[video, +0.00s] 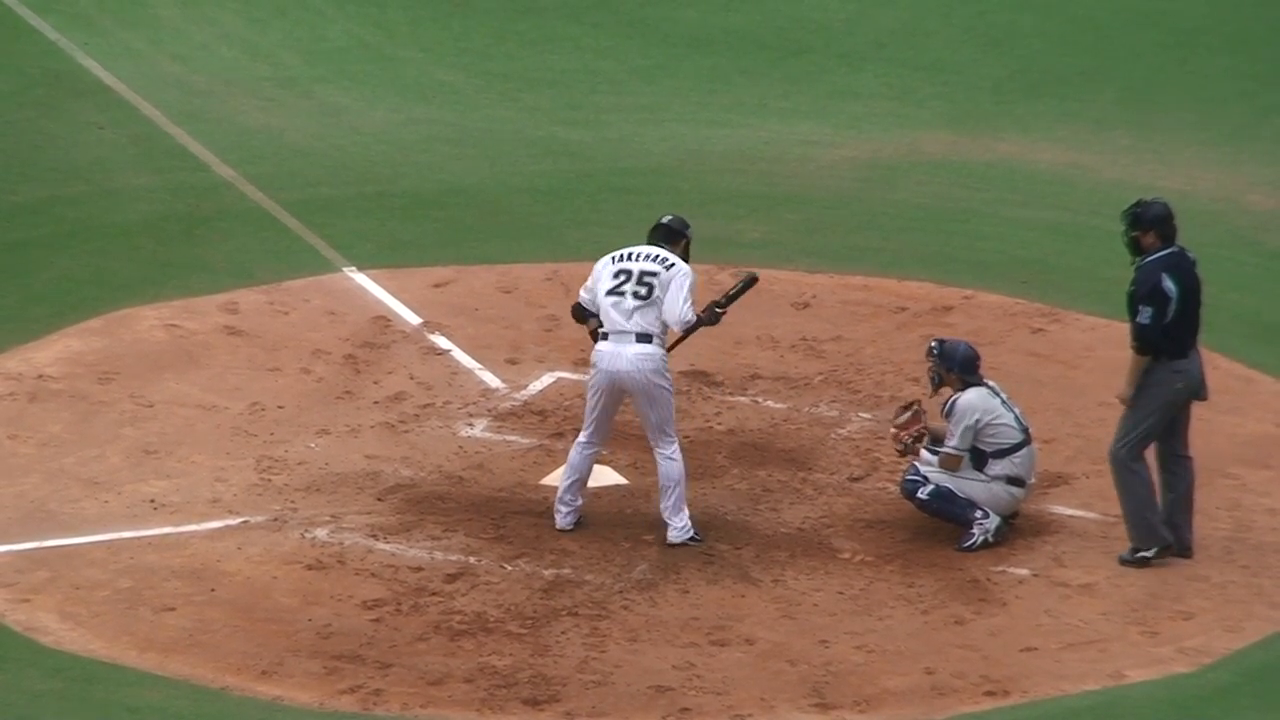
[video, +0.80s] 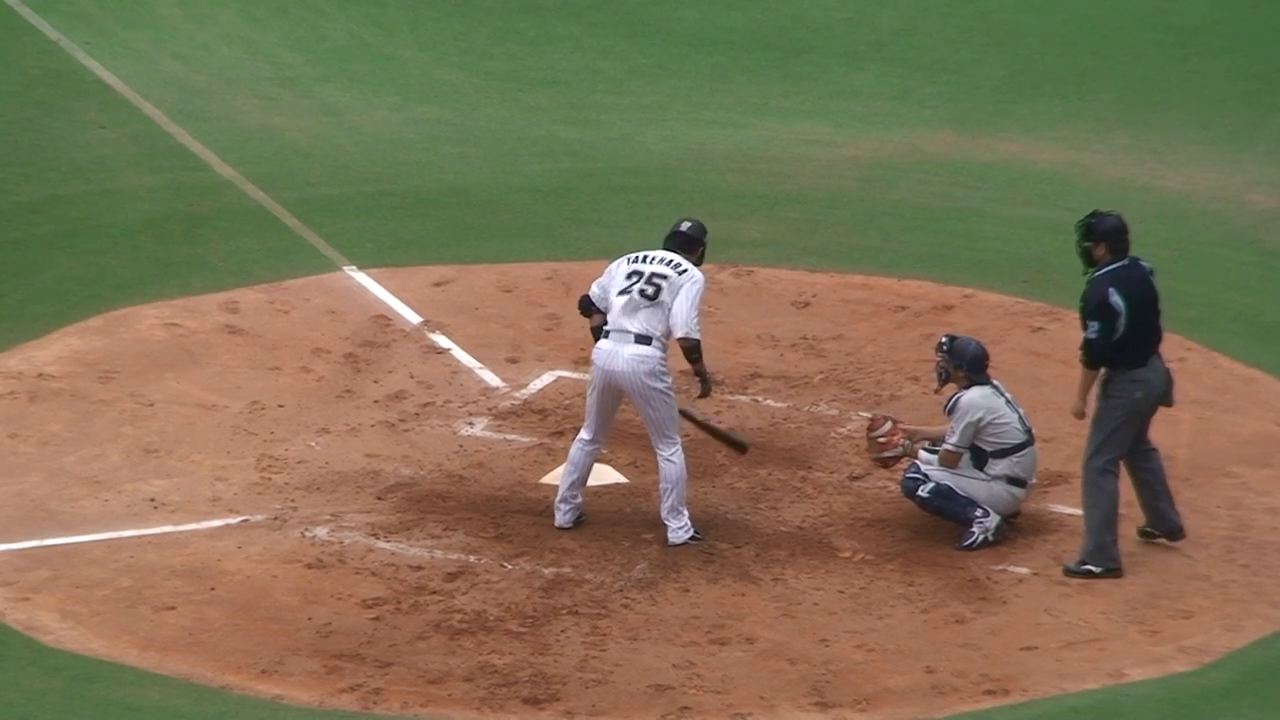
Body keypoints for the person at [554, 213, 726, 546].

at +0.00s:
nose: (685, 250)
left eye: (685, 245)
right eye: (685, 245)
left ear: (652, 237)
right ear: (678, 243)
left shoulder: (610, 259)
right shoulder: (678, 268)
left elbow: (581, 310)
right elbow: (679, 320)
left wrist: (598, 328)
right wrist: (705, 318)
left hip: (605, 353)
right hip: (646, 356)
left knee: (589, 437)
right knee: (665, 444)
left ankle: (564, 514)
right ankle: (678, 527)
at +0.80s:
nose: (701, 257)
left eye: (702, 251)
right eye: (701, 251)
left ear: (668, 241)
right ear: (696, 250)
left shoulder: (628, 260)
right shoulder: (691, 275)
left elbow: (588, 303)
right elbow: (685, 335)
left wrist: (608, 346)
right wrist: (701, 373)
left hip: (604, 351)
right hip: (645, 357)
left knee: (590, 435)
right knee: (668, 447)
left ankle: (565, 511)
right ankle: (678, 528)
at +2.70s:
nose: (716, 242)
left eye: (718, 236)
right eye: (716, 237)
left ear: (683, 228)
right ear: (710, 237)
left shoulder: (646, 250)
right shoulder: (705, 273)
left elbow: (631, 302)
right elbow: (699, 337)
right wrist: (704, 372)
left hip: (623, 347)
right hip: (662, 358)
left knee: (601, 427)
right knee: (676, 443)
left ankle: (569, 501)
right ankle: (684, 528)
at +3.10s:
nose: (681, 227)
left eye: (677, 221)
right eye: (680, 222)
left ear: (647, 220)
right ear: (676, 227)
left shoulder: (625, 248)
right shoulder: (670, 268)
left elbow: (658, 299)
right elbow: (667, 325)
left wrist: (702, 313)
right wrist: (707, 325)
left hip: (609, 351)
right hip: (647, 359)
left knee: (595, 432)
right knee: (668, 441)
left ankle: (566, 510)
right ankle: (682, 527)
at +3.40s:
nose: (648, 221)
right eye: (647, 216)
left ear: (612, 219)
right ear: (646, 221)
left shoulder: (597, 248)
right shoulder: (652, 267)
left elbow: (633, 275)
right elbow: (670, 315)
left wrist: (675, 273)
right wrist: (689, 284)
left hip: (605, 354)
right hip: (645, 359)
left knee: (593, 431)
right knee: (666, 441)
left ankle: (566, 508)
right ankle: (681, 525)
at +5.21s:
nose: (639, 229)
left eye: (640, 225)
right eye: (678, 225)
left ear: (644, 231)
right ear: (677, 231)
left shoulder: (626, 264)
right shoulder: (687, 274)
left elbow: (665, 288)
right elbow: (717, 312)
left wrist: (703, 273)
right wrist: (716, 278)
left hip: (627, 366)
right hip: (668, 371)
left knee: (612, 435)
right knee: (687, 447)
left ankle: (571, 508)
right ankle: (682, 528)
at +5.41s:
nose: (689, 231)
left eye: (655, 225)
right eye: (688, 226)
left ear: (654, 230)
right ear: (688, 232)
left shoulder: (638, 263)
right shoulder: (703, 273)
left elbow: (680, 281)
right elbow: (738, 297)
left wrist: (720, 265)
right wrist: (737, 270)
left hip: (639, 365)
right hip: (680, 372)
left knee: (643, 422)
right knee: (690, 447)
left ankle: (605, 493)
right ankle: (683, 527)